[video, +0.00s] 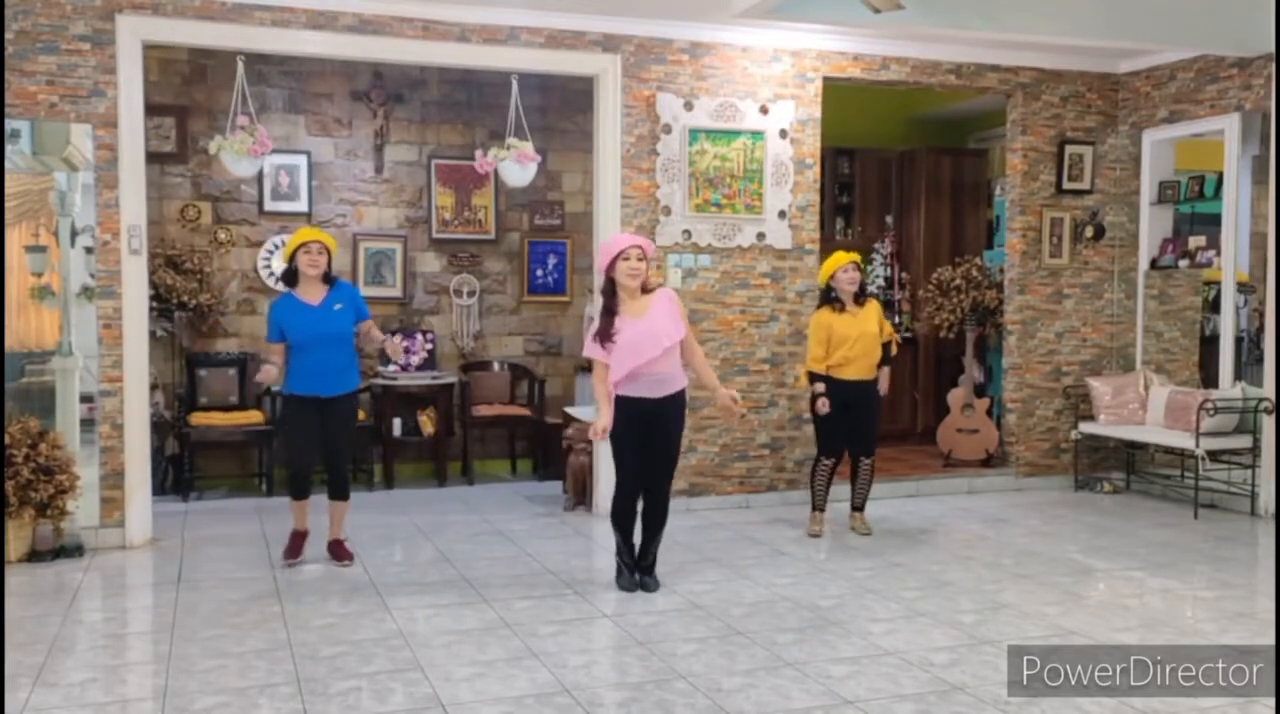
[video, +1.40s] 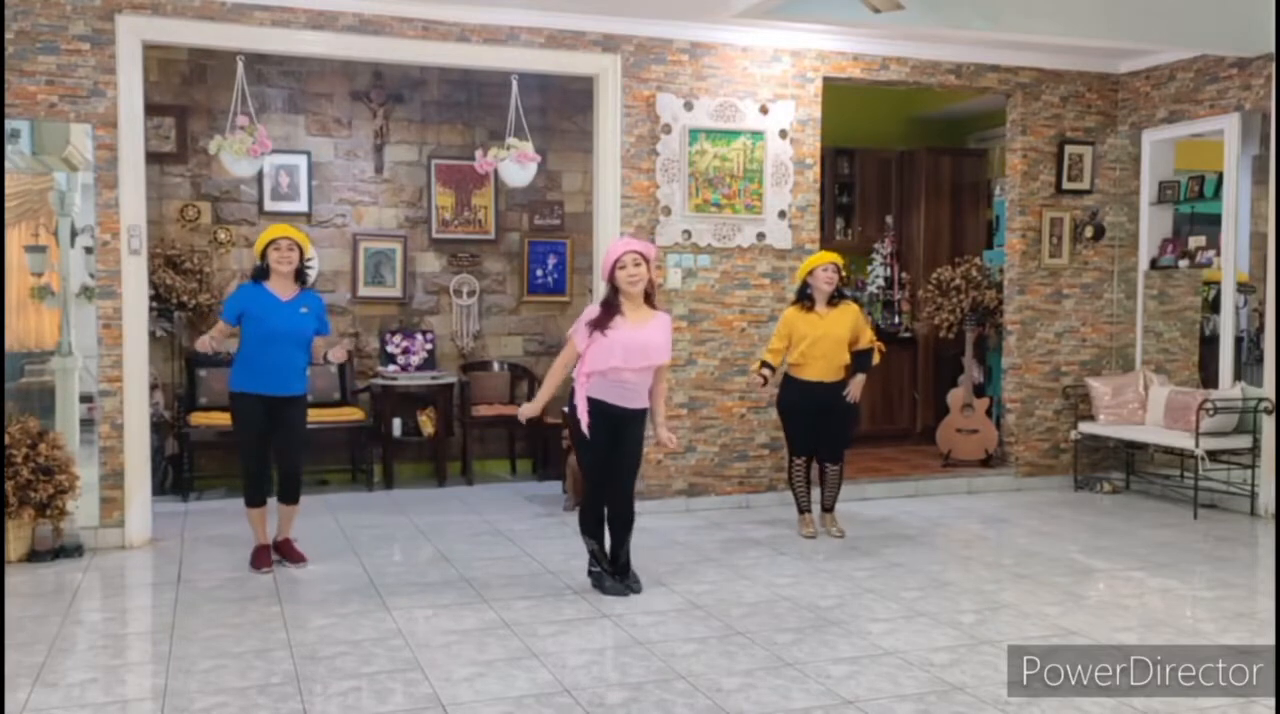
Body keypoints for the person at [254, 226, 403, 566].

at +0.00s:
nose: (314, 257)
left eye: (320, 252)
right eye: (307, 252)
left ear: (329, 260)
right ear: (295, 260)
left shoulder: (347, 294)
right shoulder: (281, 307)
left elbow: (368, 332)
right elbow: (277, 355)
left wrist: (384, 343)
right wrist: (271, 369)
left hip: (341, 396)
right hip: (299, 398)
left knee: (339, 466)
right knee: (299, 466)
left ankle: (336, 538)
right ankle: (299, 531)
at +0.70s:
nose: (311, 256)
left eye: (317, 250)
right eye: (303, 250)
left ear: (325, 258)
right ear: (291, 257)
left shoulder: (332, 301)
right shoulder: (275, 296)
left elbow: (336, 350)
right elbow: (243, 337)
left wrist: (372, 341)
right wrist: (278, 351)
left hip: (324, 398)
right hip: (281, 398)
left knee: (327, 468)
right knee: (274, 470)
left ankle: (336, 540)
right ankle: (265, 543)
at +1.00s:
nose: (295, 257)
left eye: (301, 252)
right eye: (287, 252)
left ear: (310, 262)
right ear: (275, 259)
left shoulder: (314, 306)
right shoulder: (255, 295)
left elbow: (314, 354)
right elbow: (211, 325)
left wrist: (341, 358)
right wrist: (228, 352)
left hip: (297, 399)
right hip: (253, 397)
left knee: (316, 463)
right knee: (258, 469)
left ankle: (322, 537)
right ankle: (262, 544)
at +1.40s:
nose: (284, 254)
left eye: (291, 249)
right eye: (278, 248)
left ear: (301, 258)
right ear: (265, 256)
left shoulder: (312, 301)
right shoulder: (247, 294)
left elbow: (317, 349)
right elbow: (221, 330)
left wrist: (331, 352)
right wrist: (208, 340)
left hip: (292, 396)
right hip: (249, 394)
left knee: (291, 466)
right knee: (255, 467)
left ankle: (284, 539)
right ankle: (262, 544)